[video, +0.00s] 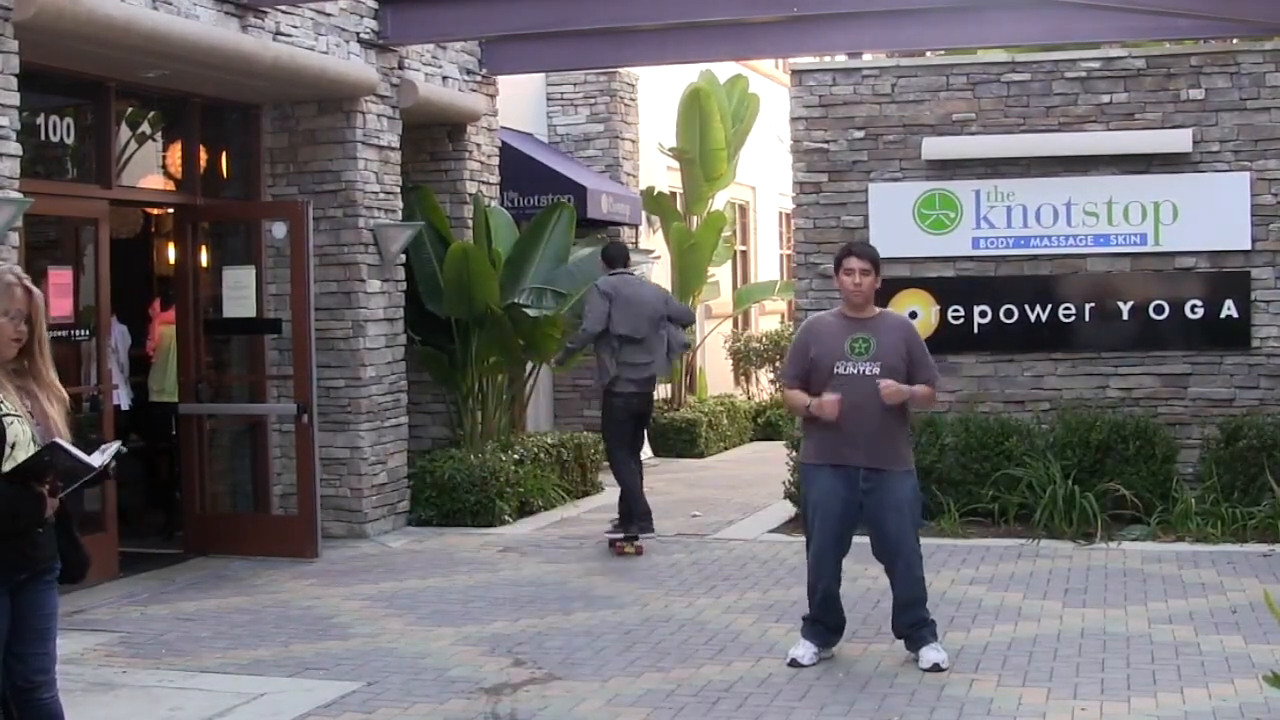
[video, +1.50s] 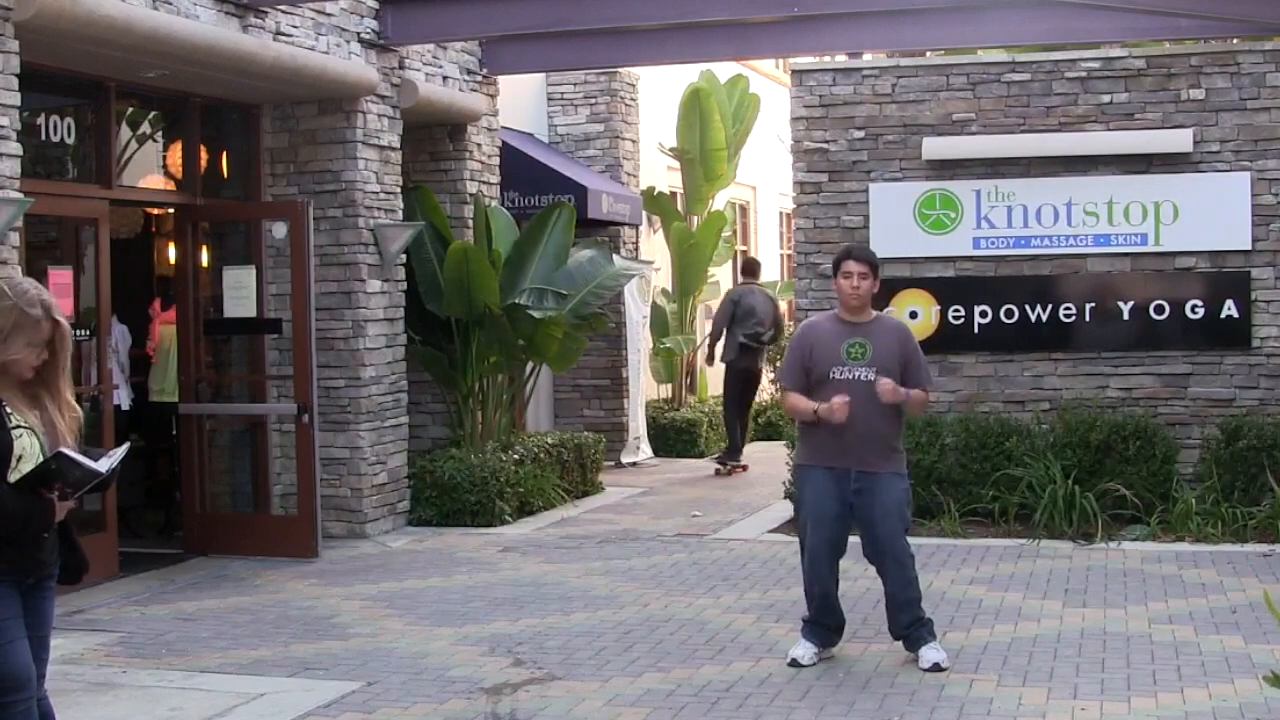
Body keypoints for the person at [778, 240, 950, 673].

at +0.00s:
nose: (855, 280)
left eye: (863, 273)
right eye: (847, 272)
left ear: (877, 279)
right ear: (836, 279)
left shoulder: (901, 329)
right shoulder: (813, 329)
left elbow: (929, 392)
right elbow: (789, 391)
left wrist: (906, 392)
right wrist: (812, 404)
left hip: (891, 465)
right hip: (827, 464)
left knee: (904, 553)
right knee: (822, 554)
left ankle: (922, 637)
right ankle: (818, 634)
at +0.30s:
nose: (856, 280)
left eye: (864, 273)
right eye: (847, 273)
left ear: (877, 280)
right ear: (836, 280)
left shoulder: (901, 328)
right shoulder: (811, 331)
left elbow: (928, 396)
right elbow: (786, 382)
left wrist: (908, 380)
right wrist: (793, 398)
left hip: (892, 463)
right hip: (828, 463)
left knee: (906, 552)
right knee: (825, 552)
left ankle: (922, 638)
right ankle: (819, 634)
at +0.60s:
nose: (853, 282)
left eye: (861, 276)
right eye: (845, 275)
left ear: (876, 283)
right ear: (834, 283)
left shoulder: (899, 332)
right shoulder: (813, 334)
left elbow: (927, 392)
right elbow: (790, 403)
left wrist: (920, 422)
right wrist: (817, 381)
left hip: (895, 465)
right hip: (829, 467)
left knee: (907, 555)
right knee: (828, 555)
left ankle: (921, 638)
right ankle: (820, 635)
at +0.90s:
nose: (857, 281)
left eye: (866, 273)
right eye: (849, 273)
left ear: (878, 281)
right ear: (837, 281)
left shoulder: (900, 331)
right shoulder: (812, 331)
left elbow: (925, 398)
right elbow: (784, 388)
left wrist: (904, 380)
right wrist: (798, 421)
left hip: (886, 465)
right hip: (823, 464)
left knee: (897, 551)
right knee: (819, 553)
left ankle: (920, 638)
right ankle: (818, 634)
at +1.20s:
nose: (861, 285)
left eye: (869, 277)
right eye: (853, 277)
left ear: (883, 284)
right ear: (841, 284)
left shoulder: (907, 333)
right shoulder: (818, 334)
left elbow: (936, 393)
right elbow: (791, 404)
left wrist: (922, 416)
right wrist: (801, 394)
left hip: (897, 468)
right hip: (832, 469)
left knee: (910, 555)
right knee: (832, 557)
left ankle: (922, 638)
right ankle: (819, 635)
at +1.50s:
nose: (854, 284)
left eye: (862, 277)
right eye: (846, 276)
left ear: (876, 284)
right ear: (834, 282)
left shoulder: (897, 333)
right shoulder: (810, 333)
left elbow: (923, 399)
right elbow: (790, 398)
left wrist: (903, 394)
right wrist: (819, 410)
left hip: (882, 466)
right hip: (821, 464)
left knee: (892, 549)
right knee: (817, 552)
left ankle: (920, 637)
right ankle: (819, 633)